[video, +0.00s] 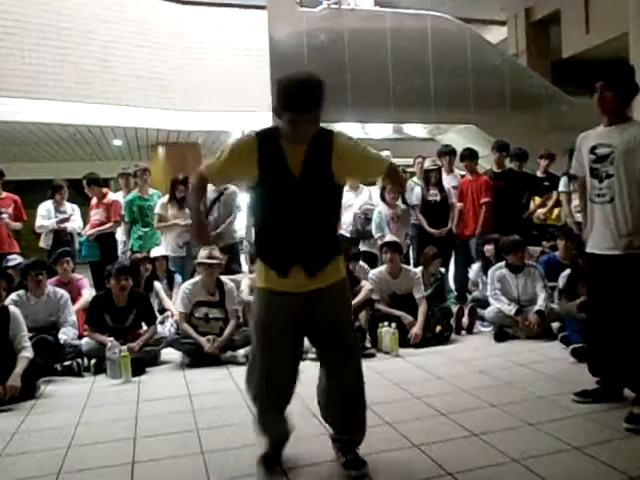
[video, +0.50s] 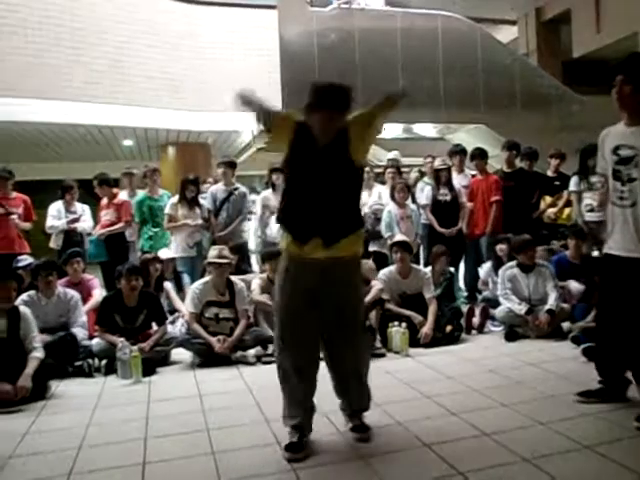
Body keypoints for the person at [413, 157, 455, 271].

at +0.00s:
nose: (434, 176)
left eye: (437, 172)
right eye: (431, 172)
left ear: (440, 174)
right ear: (427, 174)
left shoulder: (446, 190)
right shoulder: (420, 191)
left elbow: (452, 208)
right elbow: (418, 212)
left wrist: (449, 226)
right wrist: (430, 229)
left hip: (444, 232)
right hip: (426, 232)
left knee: (443, 265)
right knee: (425, 264)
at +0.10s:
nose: (434, 178)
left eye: (437, 174)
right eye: (431, 175)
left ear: (440, 176)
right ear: (427, 177)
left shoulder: (446, 190)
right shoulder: (421, 191)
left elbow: (452, 207)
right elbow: (418, 212)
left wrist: (449, 225)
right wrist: (430, 229)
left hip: (444, 232)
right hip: (427, 232)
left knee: (443, 265)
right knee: (426, 264)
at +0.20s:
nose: (434, 177)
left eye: (436, 173)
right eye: (431, 173)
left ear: (440, 175)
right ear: (426, 175)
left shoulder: (446, 191)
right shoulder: (421, 192)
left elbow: (453, 209)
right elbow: (418, 213)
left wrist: (450, 226)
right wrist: (430, 231)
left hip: (444, 233)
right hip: (427, 233)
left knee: (444, 266)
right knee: (426, 265)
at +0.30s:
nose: (434, 175)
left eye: (436, 172)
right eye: (431, 172)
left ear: (440, 173)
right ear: (426, 174)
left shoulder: (446, 190)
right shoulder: (421, 191)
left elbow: (453, 208)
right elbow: (418, 211)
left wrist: (449, 226)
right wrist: (430, 229)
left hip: (444, 231)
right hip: (427, 232)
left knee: (443, 265)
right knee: (426, 264)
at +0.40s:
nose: (438, 175)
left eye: (440, 172)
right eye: (435, 172)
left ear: (443, 174)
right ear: (430, 174)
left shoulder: (450, 191)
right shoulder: (425, 191)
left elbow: (457, 208)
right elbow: (422, 211)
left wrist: (453, 227)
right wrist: (433, 229)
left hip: (448, 232)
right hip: (432, 233)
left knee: (447, 266)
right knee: (431, 264)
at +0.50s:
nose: (444, 174)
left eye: (446, 171)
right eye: (441, 171)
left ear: (450, 173)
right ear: (436, 173)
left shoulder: (456, 190)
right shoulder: (431, 190)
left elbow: (463, 207)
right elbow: (427, 211)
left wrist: (459, 225)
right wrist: (439, 228)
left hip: (454, 232)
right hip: (437, 232)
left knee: (453, 266)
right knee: (437, 264)